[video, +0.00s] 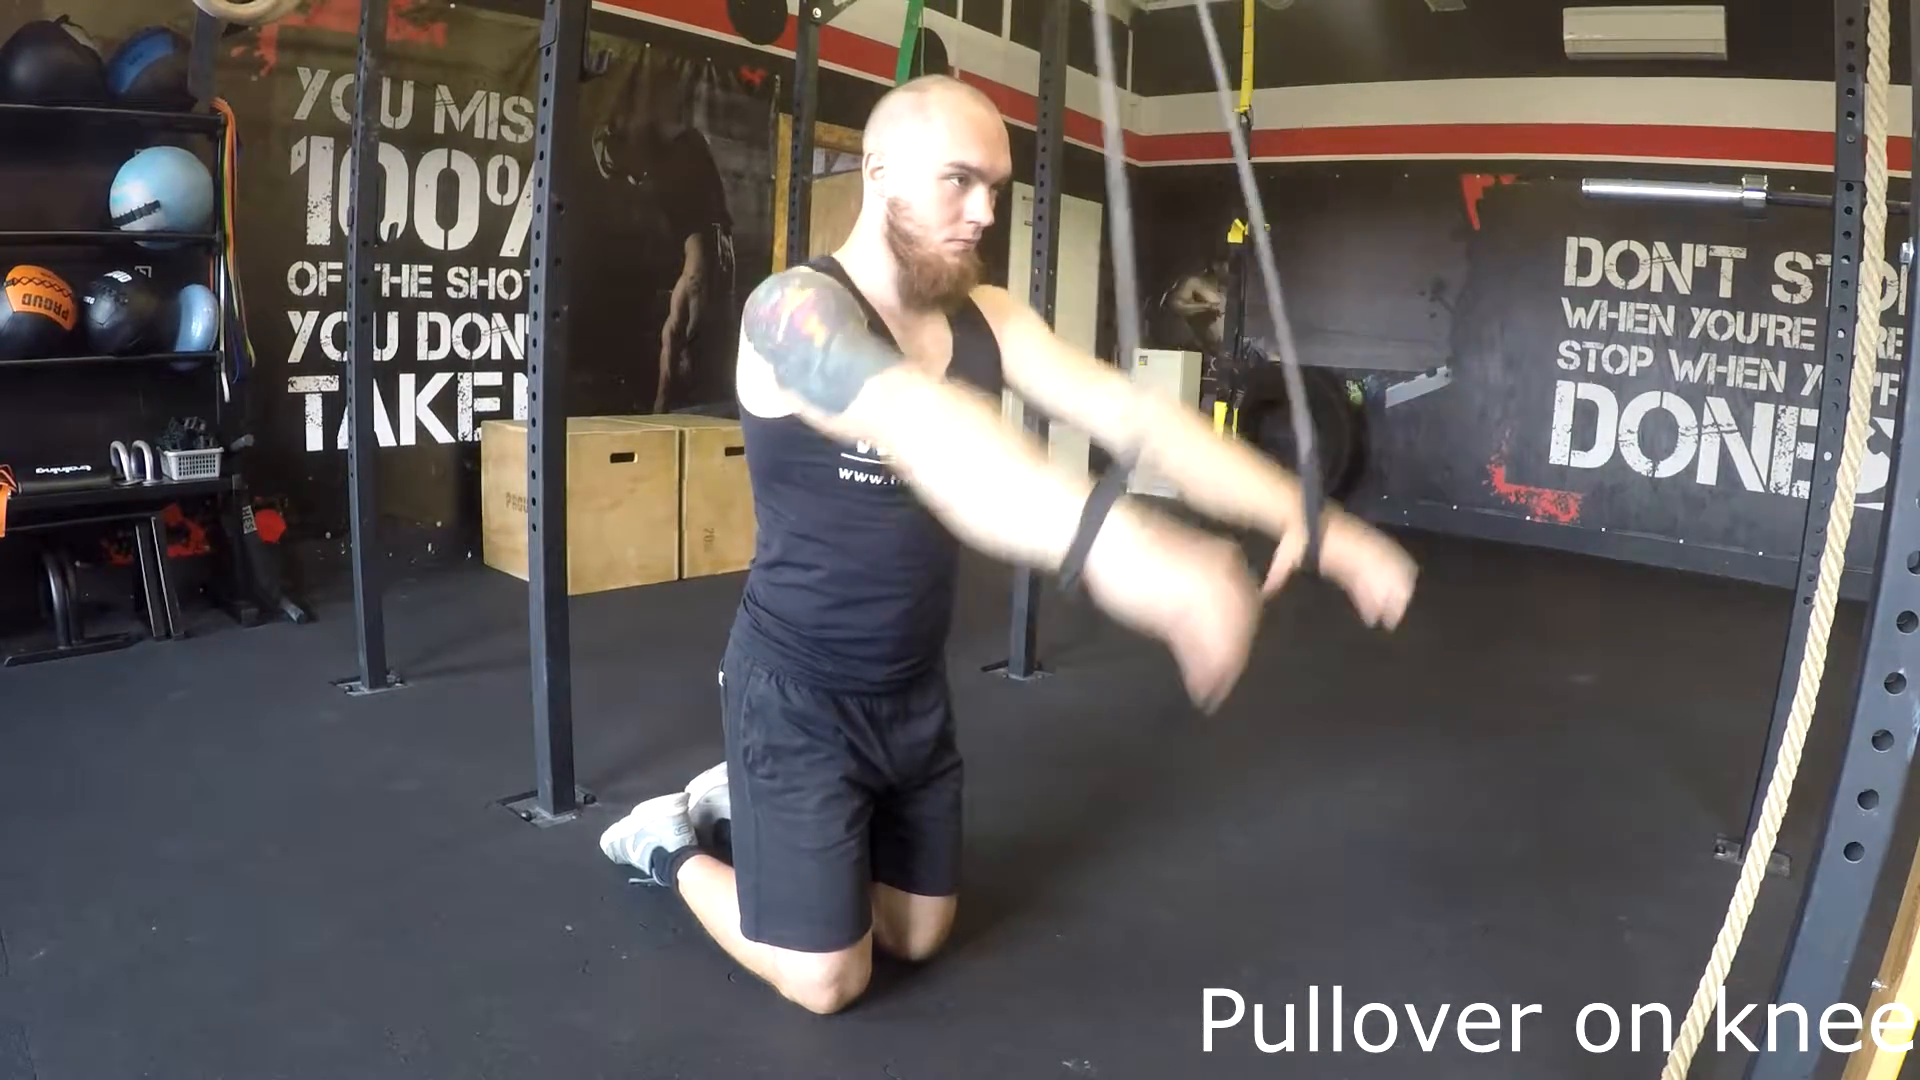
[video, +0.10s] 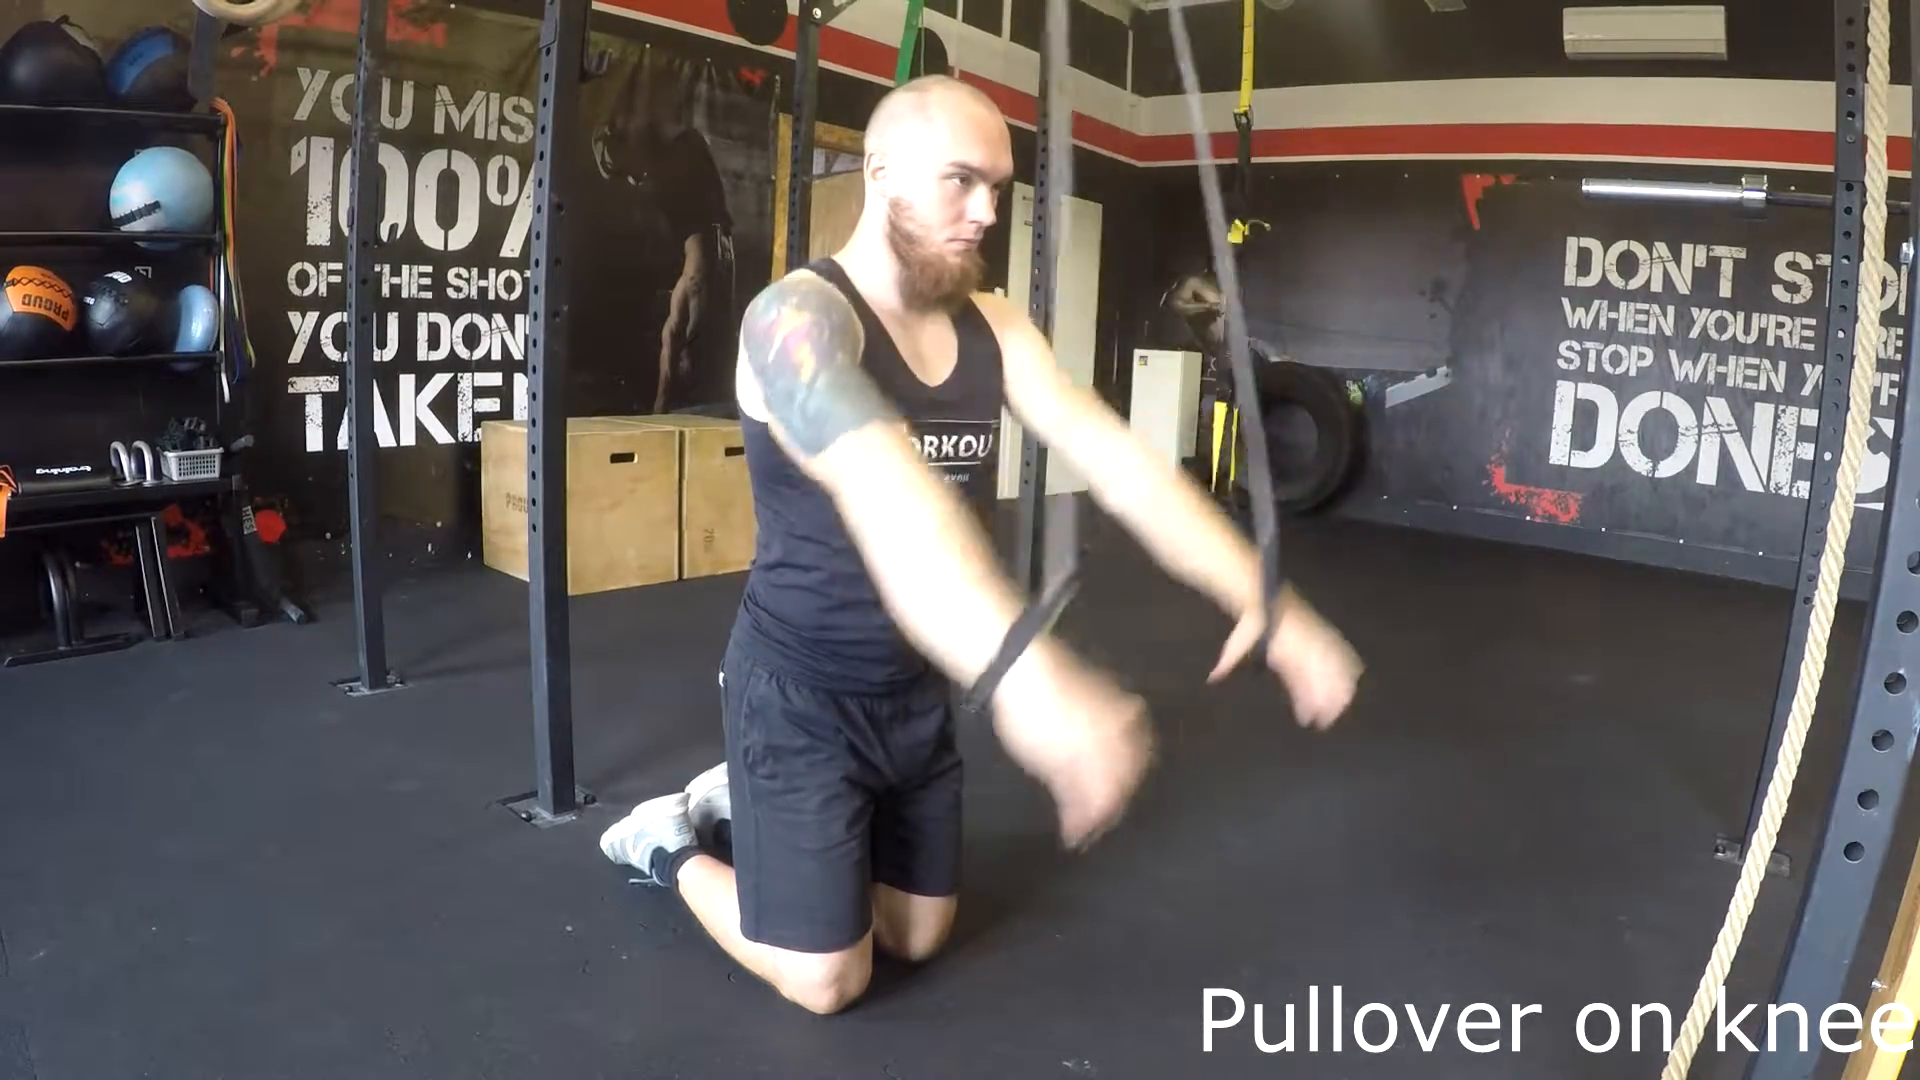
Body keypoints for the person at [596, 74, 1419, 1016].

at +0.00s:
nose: (982, 215)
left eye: (996, 188)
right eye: (958, 183)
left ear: (1003, 190)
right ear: (877, 179)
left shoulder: (983, 315)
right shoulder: (797, 312)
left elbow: (1136, 420)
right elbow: (952, 453)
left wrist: (1319, 525)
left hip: (914, 685)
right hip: (797, 687)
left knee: (915, 930)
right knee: (822, 981)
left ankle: (750, 807)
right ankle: (675, 852)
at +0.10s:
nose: (986, 212)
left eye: (999, 189)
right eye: (962, 182)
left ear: (1005, 191)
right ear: (885, 179)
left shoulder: (990, 319)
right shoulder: (800, 319)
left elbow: (1117, 462)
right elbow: (900, 515)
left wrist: (1267, 600)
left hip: (920, 686)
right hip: (801, 685)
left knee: (916, 933)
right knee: (821, 979)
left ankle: (746, 805)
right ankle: (674, 854)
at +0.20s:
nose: (988, 211)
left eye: (998, 183)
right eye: (962, 178)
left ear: (1003, 190)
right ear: (881, 176)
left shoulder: (994, 333)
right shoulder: (798, 325)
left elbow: (1089, 498)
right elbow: (842, 555)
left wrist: (1198, 660)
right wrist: (919, 762)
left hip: (911, 671)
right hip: (797, 678)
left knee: (919, 928)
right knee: (824, 980)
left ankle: (750, 806)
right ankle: (672, 857)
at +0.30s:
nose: (991, 209)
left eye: (1001, 184)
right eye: (968, 178)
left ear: (1005, 191)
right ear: (890, 178)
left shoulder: (999, 343)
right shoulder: (798, 331)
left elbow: (1056, 525)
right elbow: (795, 582)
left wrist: (1118, 690)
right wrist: (823, 803)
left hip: (915, 683)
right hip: (802, 683)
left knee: (915, 932)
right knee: (825, 980)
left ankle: (741, 802)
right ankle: (672, 852)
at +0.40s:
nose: (996, 207)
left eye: (1006, 182)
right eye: (970, 176)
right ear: (891, 176)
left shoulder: (998, 339)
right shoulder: (798, 336)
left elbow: (1023, 535)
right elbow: (767, 585)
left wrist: (1048, 697)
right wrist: (759, 790)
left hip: (919, 694)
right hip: (810, 703)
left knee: (917, 931)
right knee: (825, 980)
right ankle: (673, 851)